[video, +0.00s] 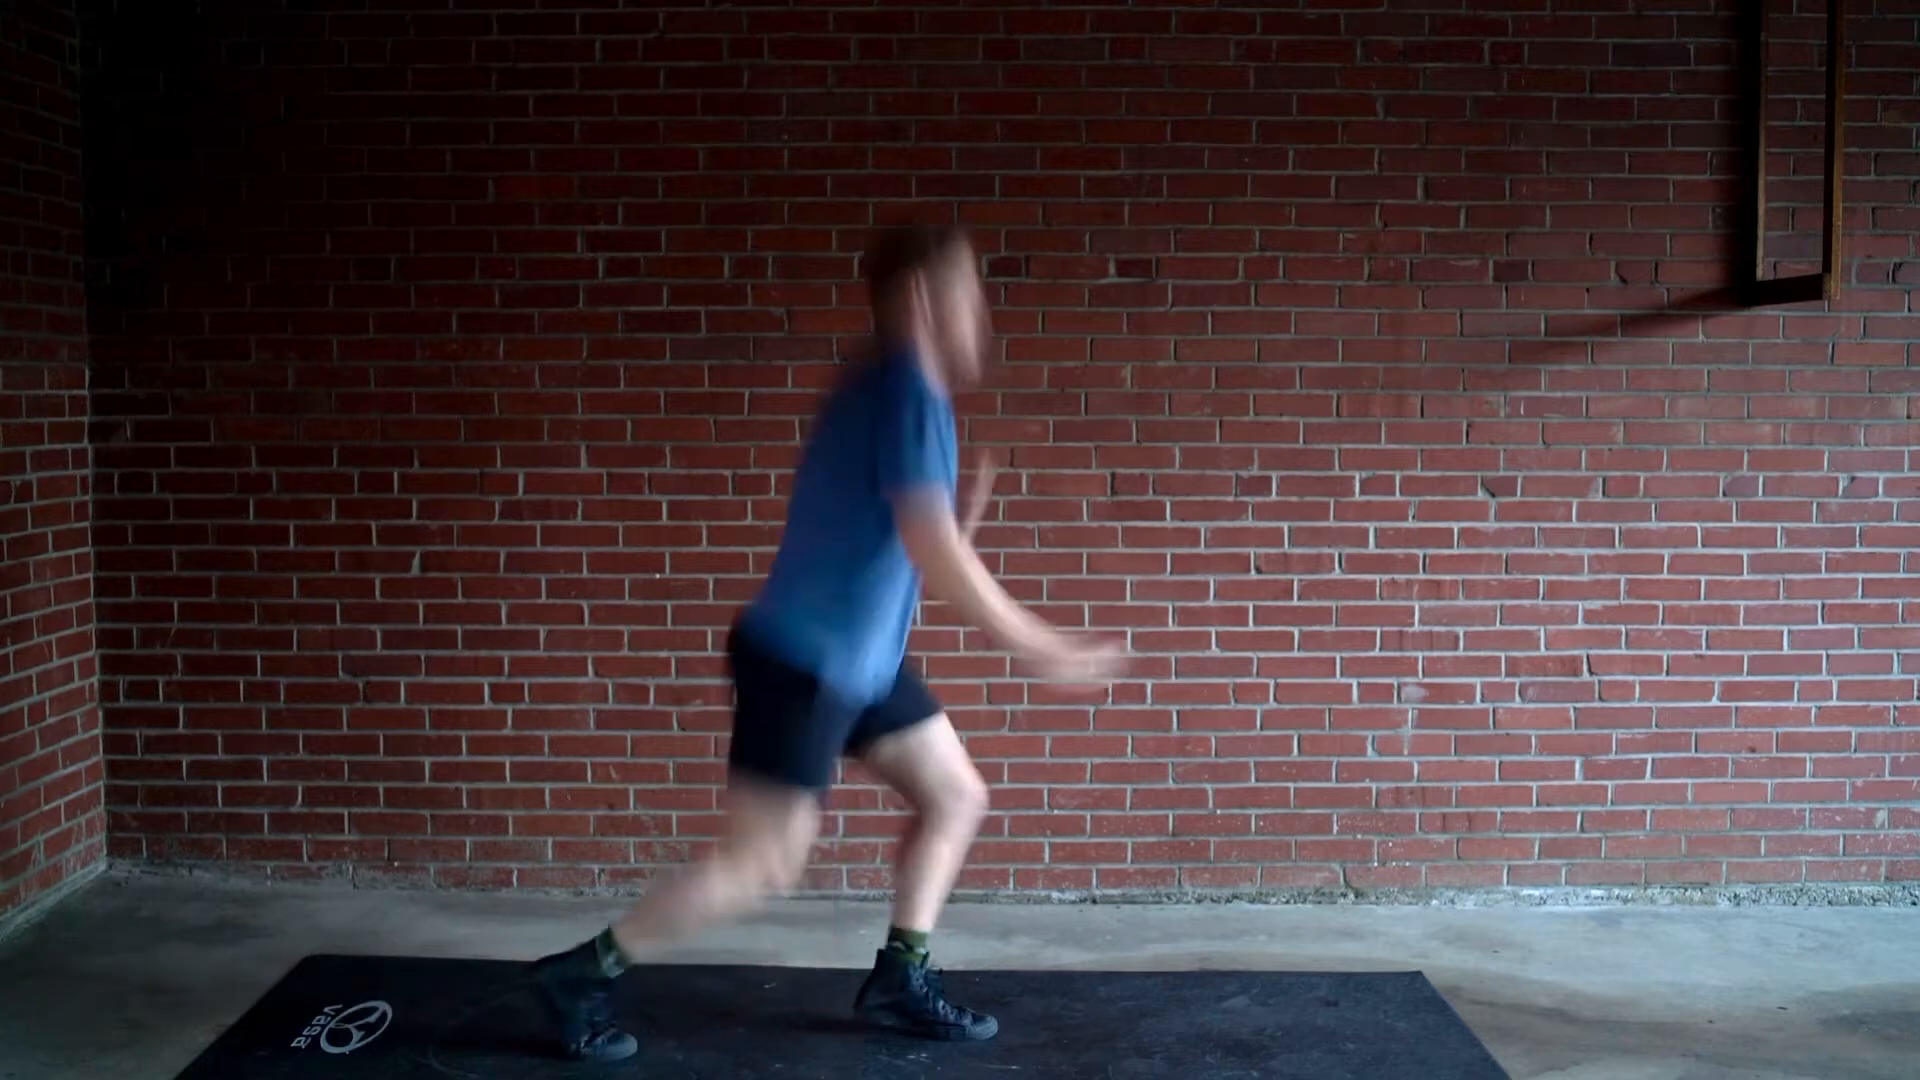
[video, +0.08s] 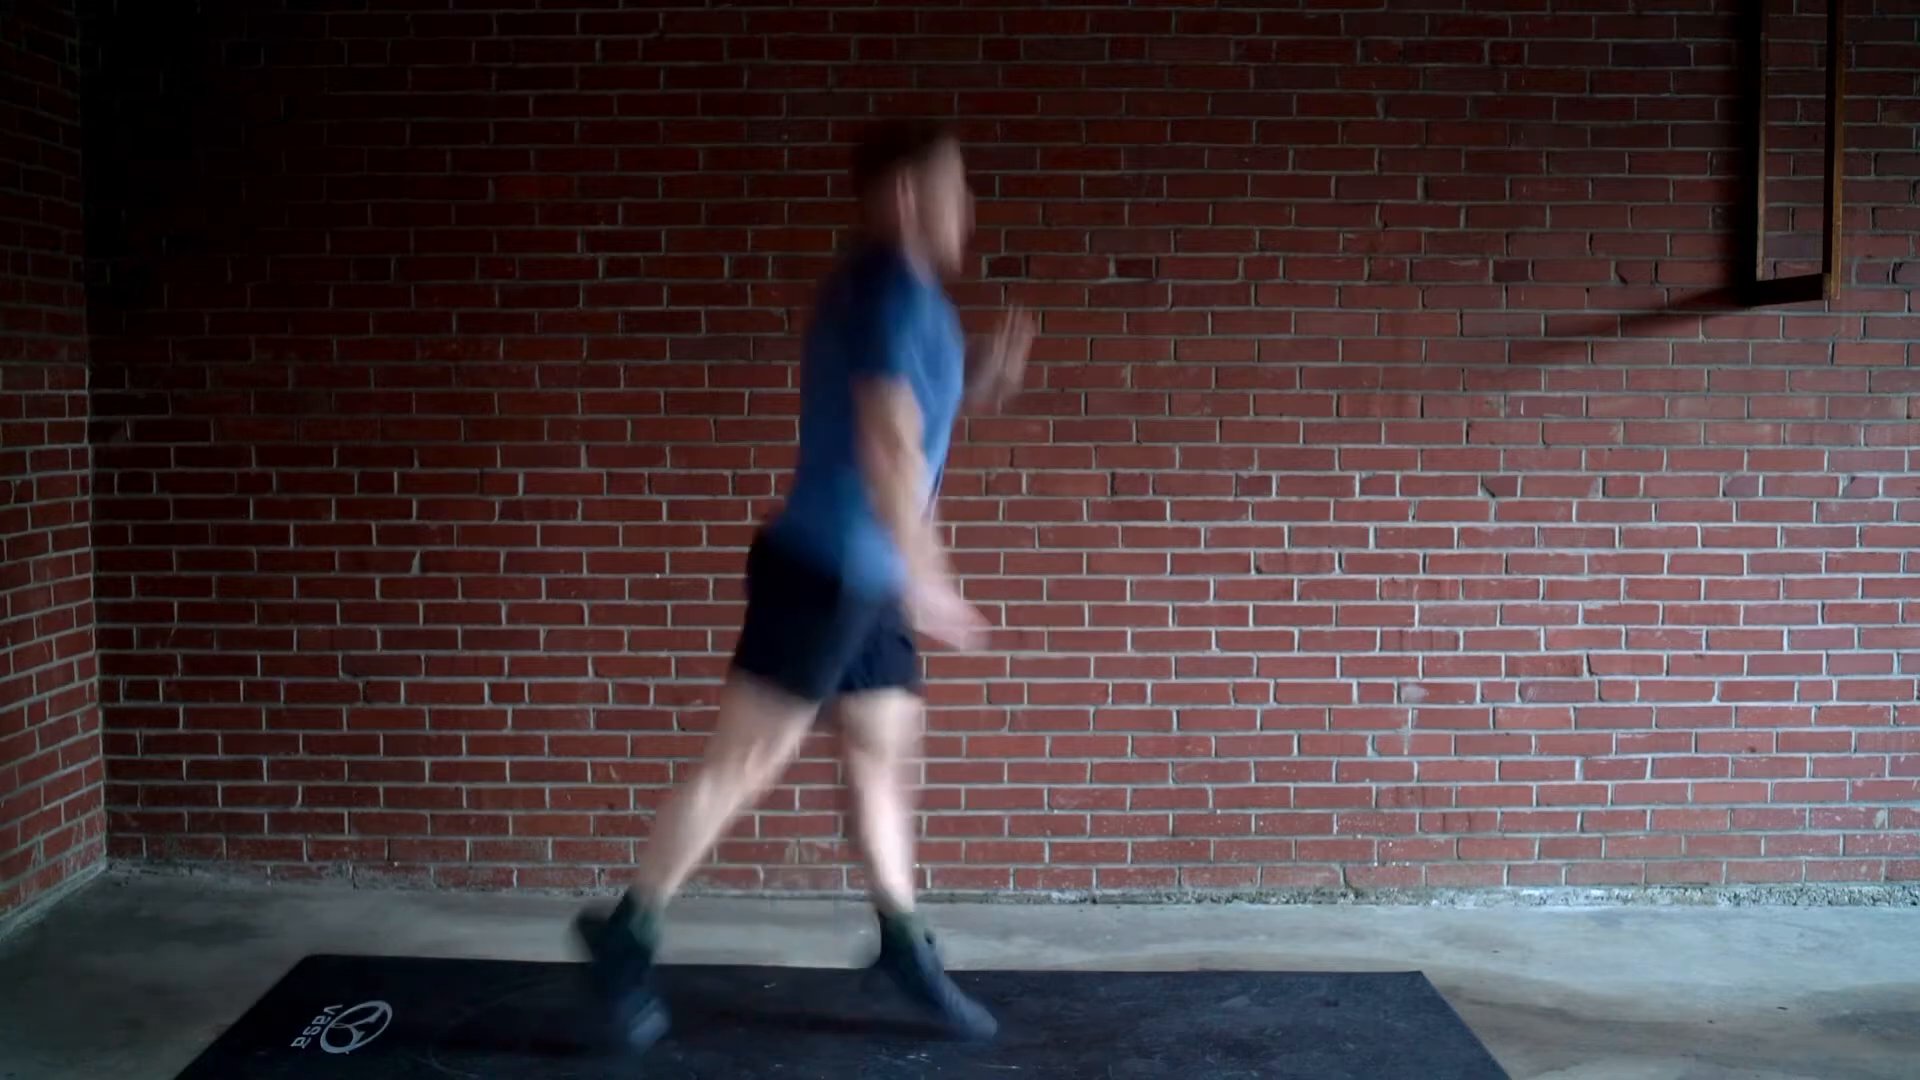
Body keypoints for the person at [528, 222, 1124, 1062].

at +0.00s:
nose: (981, 307)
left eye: (978, 286)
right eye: (967, 287)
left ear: (918, 296)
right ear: (917, 294)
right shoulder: (904, 390)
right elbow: (935, 548)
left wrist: (962, 519)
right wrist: (1047, 646)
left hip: (863, 656)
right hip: (801, 656)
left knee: (956, 797)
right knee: (763, 862)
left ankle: (901, 976)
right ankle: (583, 971)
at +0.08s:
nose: (967, 207)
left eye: (965, 188)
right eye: (952, 188)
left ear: (914, 198)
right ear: (901, 196)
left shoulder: (915, 294)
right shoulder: (886, 290)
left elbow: (912, 426)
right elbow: (885, 445)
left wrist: (979, 385)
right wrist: (926, 576)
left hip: (877, 568)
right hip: (824, 563)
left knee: (884, 753)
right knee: (742, 758)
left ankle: (904, 944)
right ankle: (625, 931)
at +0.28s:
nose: (981, 110)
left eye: (979, 93)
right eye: (967, 91)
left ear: (923, 100)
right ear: (914, 96)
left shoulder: (928, 211)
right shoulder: (876, 179)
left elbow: (1008, 301)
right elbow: (769, 290)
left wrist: (1049, 212)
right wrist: (679, 422)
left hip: (862, 466)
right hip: (844, 462)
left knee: (824, 681)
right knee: (857, 689)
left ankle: (686, 805)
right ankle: (757, 887)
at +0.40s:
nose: (994, 151)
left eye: (993, 133)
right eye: (980, 131)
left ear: (951, 138)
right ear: (925, 131)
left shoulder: (953, 260)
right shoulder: (862, 220)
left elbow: (1036, 348)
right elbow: (725, 306)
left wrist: (1063, 239)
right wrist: (597, 398)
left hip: (856, 506)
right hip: (839, 506)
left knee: (782, 722)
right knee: (897, 735)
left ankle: (612, 814)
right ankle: (865, 955)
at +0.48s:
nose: (1005, 223)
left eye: (1003, 202)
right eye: (987, 201)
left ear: (963, 212)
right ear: (933, 204)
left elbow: (1043, 425)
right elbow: (718, 370)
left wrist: (1067, 314)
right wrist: (588, 451)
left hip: (862, 588)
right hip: (833, 587)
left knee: (762, 782)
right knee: (928, 797)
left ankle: (587, 882)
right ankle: (892, 1016)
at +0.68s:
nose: (1031, 450)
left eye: (1028, 431)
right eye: (1018, 430)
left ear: (971, 439)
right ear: (964, 439)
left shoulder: (974, 557)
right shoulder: (891, 533)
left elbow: (1042, 657)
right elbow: (751, 614)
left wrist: (1084, 562)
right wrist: (650, 735)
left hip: (830, 788)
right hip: (792, 783)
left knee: (773, 989)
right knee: (990, 881)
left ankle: (580, 974)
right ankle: (879, 1051)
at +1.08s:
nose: (1037, 395)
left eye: (1032, 376)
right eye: (1023, 374)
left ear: (979, 388)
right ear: (978, 385)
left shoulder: (979, 498)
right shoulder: (928, 474)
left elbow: (1035, 599)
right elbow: (819, 577)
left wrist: (1121, 548)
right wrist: (780, 718)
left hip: (821, 725)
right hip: (838, 728)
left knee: (761, 945)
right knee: (994, 867)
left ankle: (568, 972)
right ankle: (881, 1046)